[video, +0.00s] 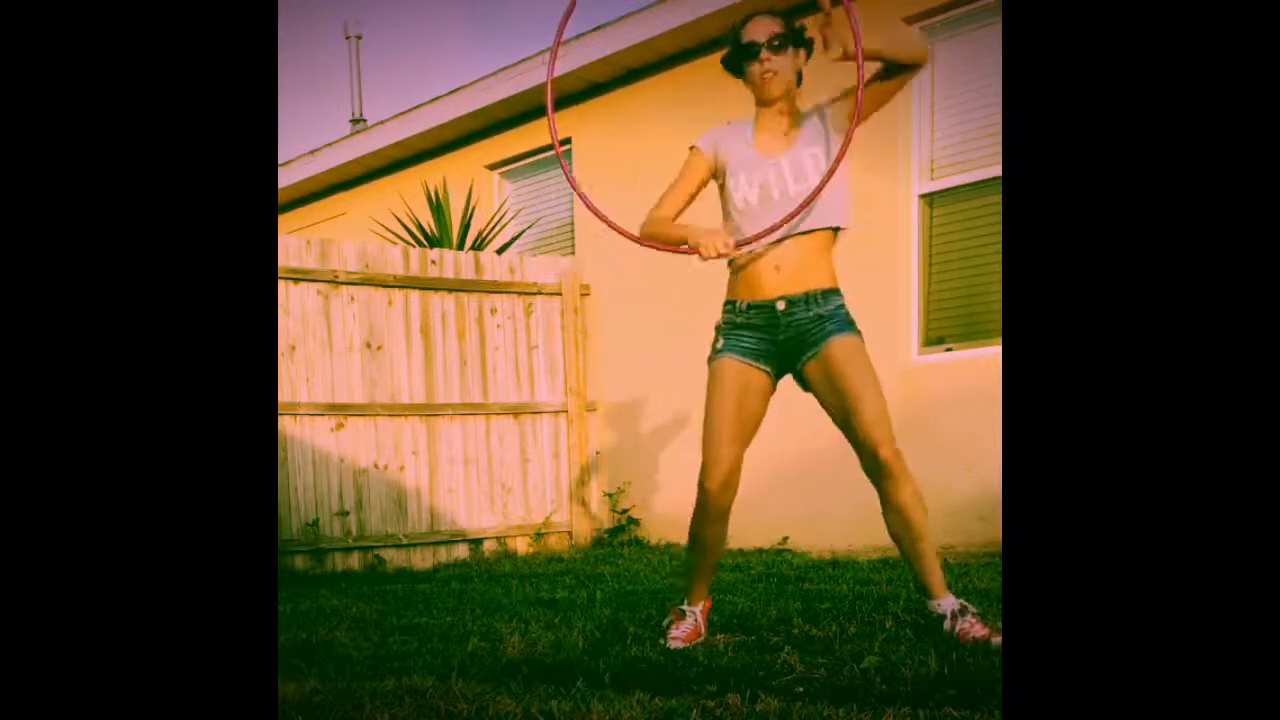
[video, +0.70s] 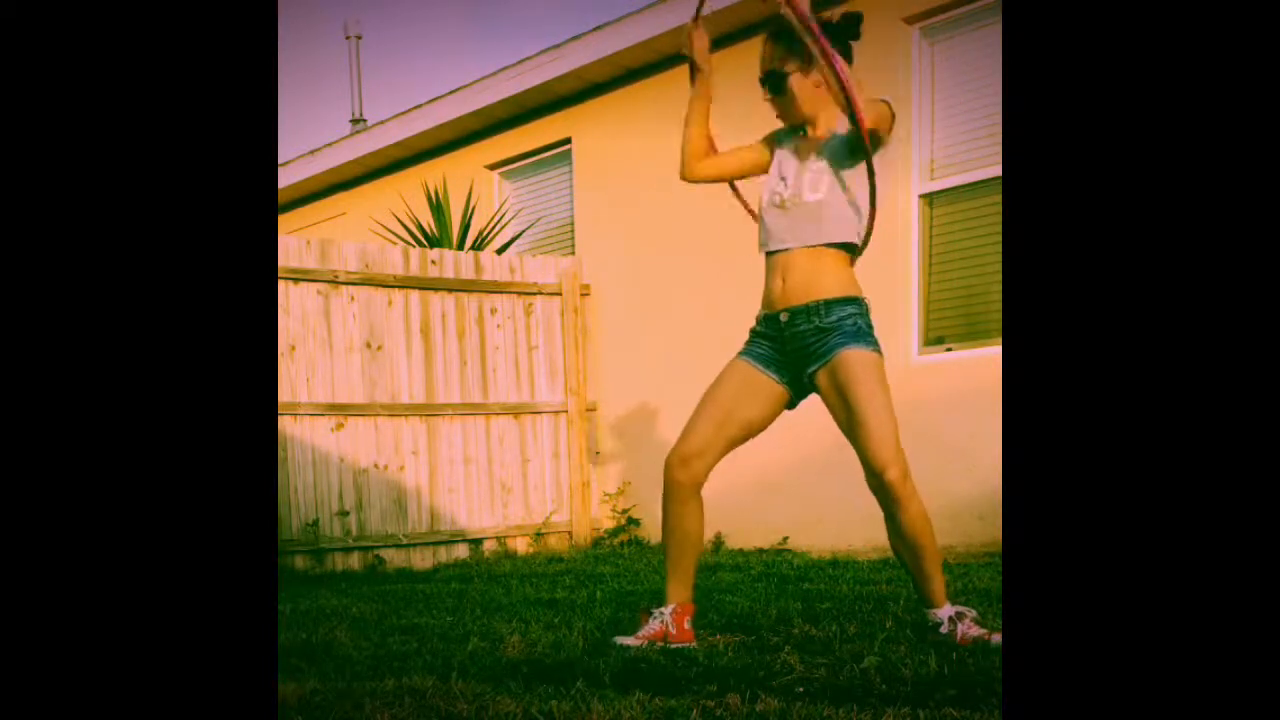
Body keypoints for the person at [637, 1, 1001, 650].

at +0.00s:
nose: (764, 60)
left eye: (777, 48)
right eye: (751, 53)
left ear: (801, 57)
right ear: (739, 70)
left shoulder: (830, 121)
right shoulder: (721, 144)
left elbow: (913, 55)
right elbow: (652, 226)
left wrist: (854, 39)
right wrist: (692, 235)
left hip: (822, 314)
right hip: (745, 324)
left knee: (884, 456)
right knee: (715, 478)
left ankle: (943, 602)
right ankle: (695, 606)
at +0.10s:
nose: (789, 57)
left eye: (799, 41)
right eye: (776, 51)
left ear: (829, 45)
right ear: (766, 66)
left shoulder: (861, 115)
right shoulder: (749, 137)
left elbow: (960, 128)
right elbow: (660, 189)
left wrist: (885, 128)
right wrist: (669, 210)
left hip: (850, 310)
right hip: (772, 318)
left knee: (906, 458)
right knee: (736, 479)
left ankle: (946, 606)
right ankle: (700, 602)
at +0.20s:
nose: (806, 59)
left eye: (814, 41)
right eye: (793, 55)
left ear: (849, 34)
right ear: (789, 66)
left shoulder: (896, 111)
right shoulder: (786, 123)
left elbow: (943, 198)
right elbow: (691, 133)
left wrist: (858, 209)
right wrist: (670, 144)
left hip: (875, 306)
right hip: (798, 314)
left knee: (921, 461)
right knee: (729, 468)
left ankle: (949, 608)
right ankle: (701, 593)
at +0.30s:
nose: (814, 68)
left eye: (821, 50)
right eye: (804, 61)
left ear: (860, 34)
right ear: (804, 66)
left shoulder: (907, 114)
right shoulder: (817, 111)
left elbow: (905, 224)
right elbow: (734, 85)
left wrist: (803, 237)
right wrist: (704, 68)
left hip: (885, 306)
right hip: (813, 312)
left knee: (930, 461)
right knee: (726, 451)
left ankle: (949, 606)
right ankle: (695, 598)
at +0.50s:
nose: (806, 81)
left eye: (812, 62)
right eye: (801, 70)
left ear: (855, 47)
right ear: (826, 65)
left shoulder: (896, 121)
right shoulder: (828, 126)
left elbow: (851, 226)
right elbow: (761, 86)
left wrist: (771, 157)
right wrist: (753, 27)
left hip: (874, 313)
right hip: (809, 320)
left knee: (919, 469)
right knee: (726, 463)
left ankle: (947, 609)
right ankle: (676, 614)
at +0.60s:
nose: (790, 83)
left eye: (796, 68)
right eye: (784, 73)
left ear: (839, 56)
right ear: (812, 65)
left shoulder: (884, 122)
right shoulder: (811, 131)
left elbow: (849, 191)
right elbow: (733, 122)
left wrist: (795, 109)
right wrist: (742, 44)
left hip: (859, 318)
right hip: (793, 327)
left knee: (903, 472)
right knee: (711, 465)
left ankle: (944, 611)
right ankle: (679, 618)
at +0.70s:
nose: (771, 94)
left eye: (777, 78)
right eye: (767, 83)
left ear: (819, 66)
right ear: (778, 82)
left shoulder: (870, 118)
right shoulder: (779, 144)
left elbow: (862, 129)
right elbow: (695, 166)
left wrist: (814, 35)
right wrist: (700, 76)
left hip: (838, 323)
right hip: (771, 334)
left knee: (889, 474)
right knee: (682, 465)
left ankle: (943, 613)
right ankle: (675, 617)